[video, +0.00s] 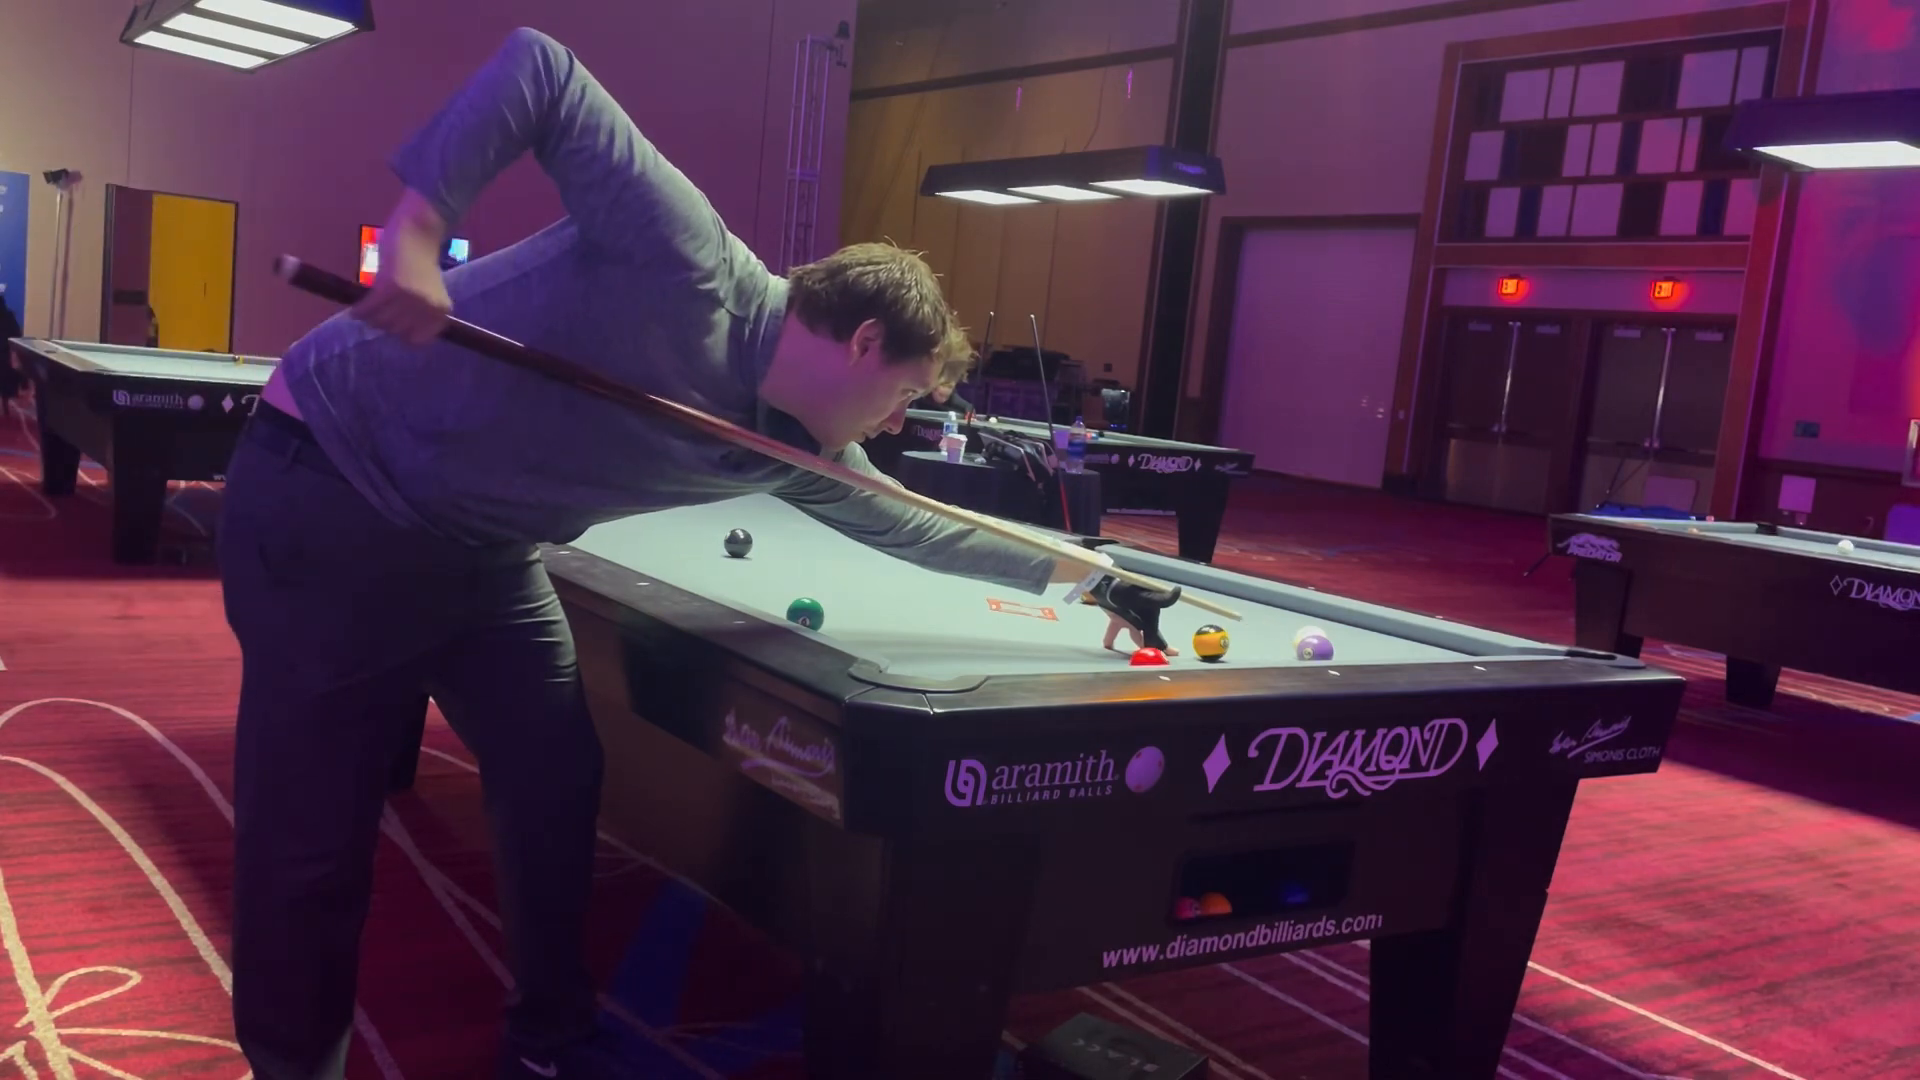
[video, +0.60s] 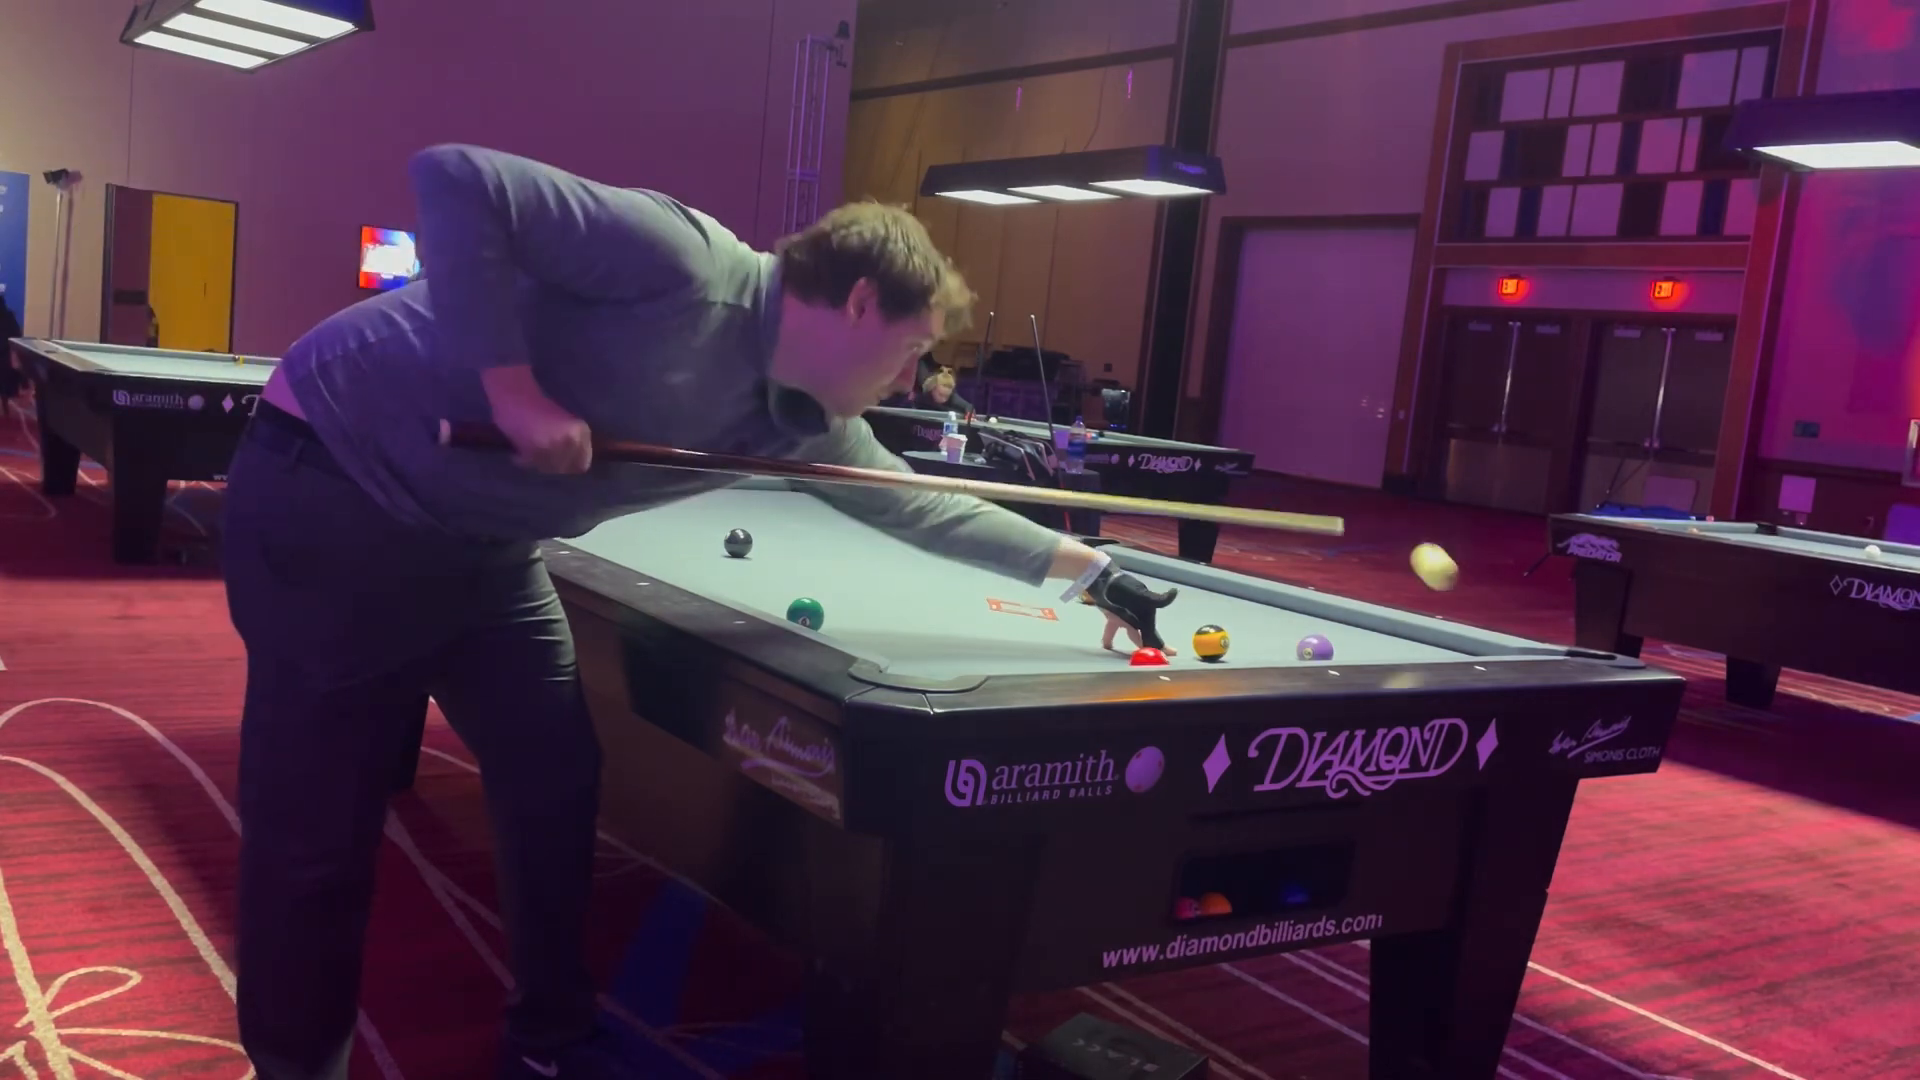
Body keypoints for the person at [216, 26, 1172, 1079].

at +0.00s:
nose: (891, 431)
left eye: (909, 411)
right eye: (903, 400)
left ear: (853, 347)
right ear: (860, 340)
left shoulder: (783, 437)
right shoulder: (682, 252)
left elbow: (911, 526)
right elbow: (536, 71)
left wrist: (1067, 563)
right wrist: (414, 229)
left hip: (485, 536)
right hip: (331, 478)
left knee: (553, 763)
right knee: (311, 826)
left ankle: (547, 1033)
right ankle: (294, 1056)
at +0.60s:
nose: (907, 379)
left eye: (919, 360)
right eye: (912, 351)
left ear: (854, 310)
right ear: (858, 302)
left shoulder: (795, 409)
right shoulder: (680, 261)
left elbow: (904, 503)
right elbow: (454, 176)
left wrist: (1074, 560)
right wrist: (511, 383)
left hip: (488, 534)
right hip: (336, 485)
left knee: (552, 768)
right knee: (316, 823)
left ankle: (551, 1033)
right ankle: (294, 1060)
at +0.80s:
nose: (903, 286)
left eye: (913, 265)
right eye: (902, 255)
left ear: (839, 226)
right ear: (833, 216)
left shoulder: (790, 360)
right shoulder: (651, 216)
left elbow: (899, 447)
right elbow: (414, 196)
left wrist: (1054, 519)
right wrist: (506, 382)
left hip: (491, 532)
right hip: (342, 485)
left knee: (549, 777)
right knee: (333, 818)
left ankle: (549, 1034)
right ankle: (304, 1055)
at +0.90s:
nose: (888, 245)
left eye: (899, 223)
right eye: (883, 212)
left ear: (818, 187)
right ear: (810, 171)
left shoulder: (775, 320)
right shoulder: (631, 184)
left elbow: (879, 412)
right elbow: (393, 187)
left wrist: (1031, 480)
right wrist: (501, 364)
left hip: (488, 526)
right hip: (345, 488)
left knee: (547, 773)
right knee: (340, 820)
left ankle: (552, 1030)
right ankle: (304, 1063)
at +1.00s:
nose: (860, 208)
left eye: (871, 186)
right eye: (850, 173)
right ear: (767, 126)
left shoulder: (762, 290)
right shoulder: (600, 159)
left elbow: (869, 367)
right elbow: (368, 180)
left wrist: (1010, 417)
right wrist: (497, 350)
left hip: (493, 526)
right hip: (346, 493)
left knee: (547, 771)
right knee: (352, 827)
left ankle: (550, 1037)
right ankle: (305, 1061)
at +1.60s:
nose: (630, 6)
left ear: (676, 12)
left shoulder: (643, 128)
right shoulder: (415, 81)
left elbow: (640, 272)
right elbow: (220, 222)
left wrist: (750, 342)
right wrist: (402, 345)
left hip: (526, 525)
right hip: (374, 522)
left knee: (545, 803)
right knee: (395, 818)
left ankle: (549, 1034)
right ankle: (320, 1064)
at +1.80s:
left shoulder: (603, 87)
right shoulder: (306, 37)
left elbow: (601, 284)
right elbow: (131, 204)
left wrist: (594, 394)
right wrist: (267, 323)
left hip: (512, 539)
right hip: (318, 533)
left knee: (562, 816)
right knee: (329, 871)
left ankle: (541, 1046)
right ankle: (292, 1062)